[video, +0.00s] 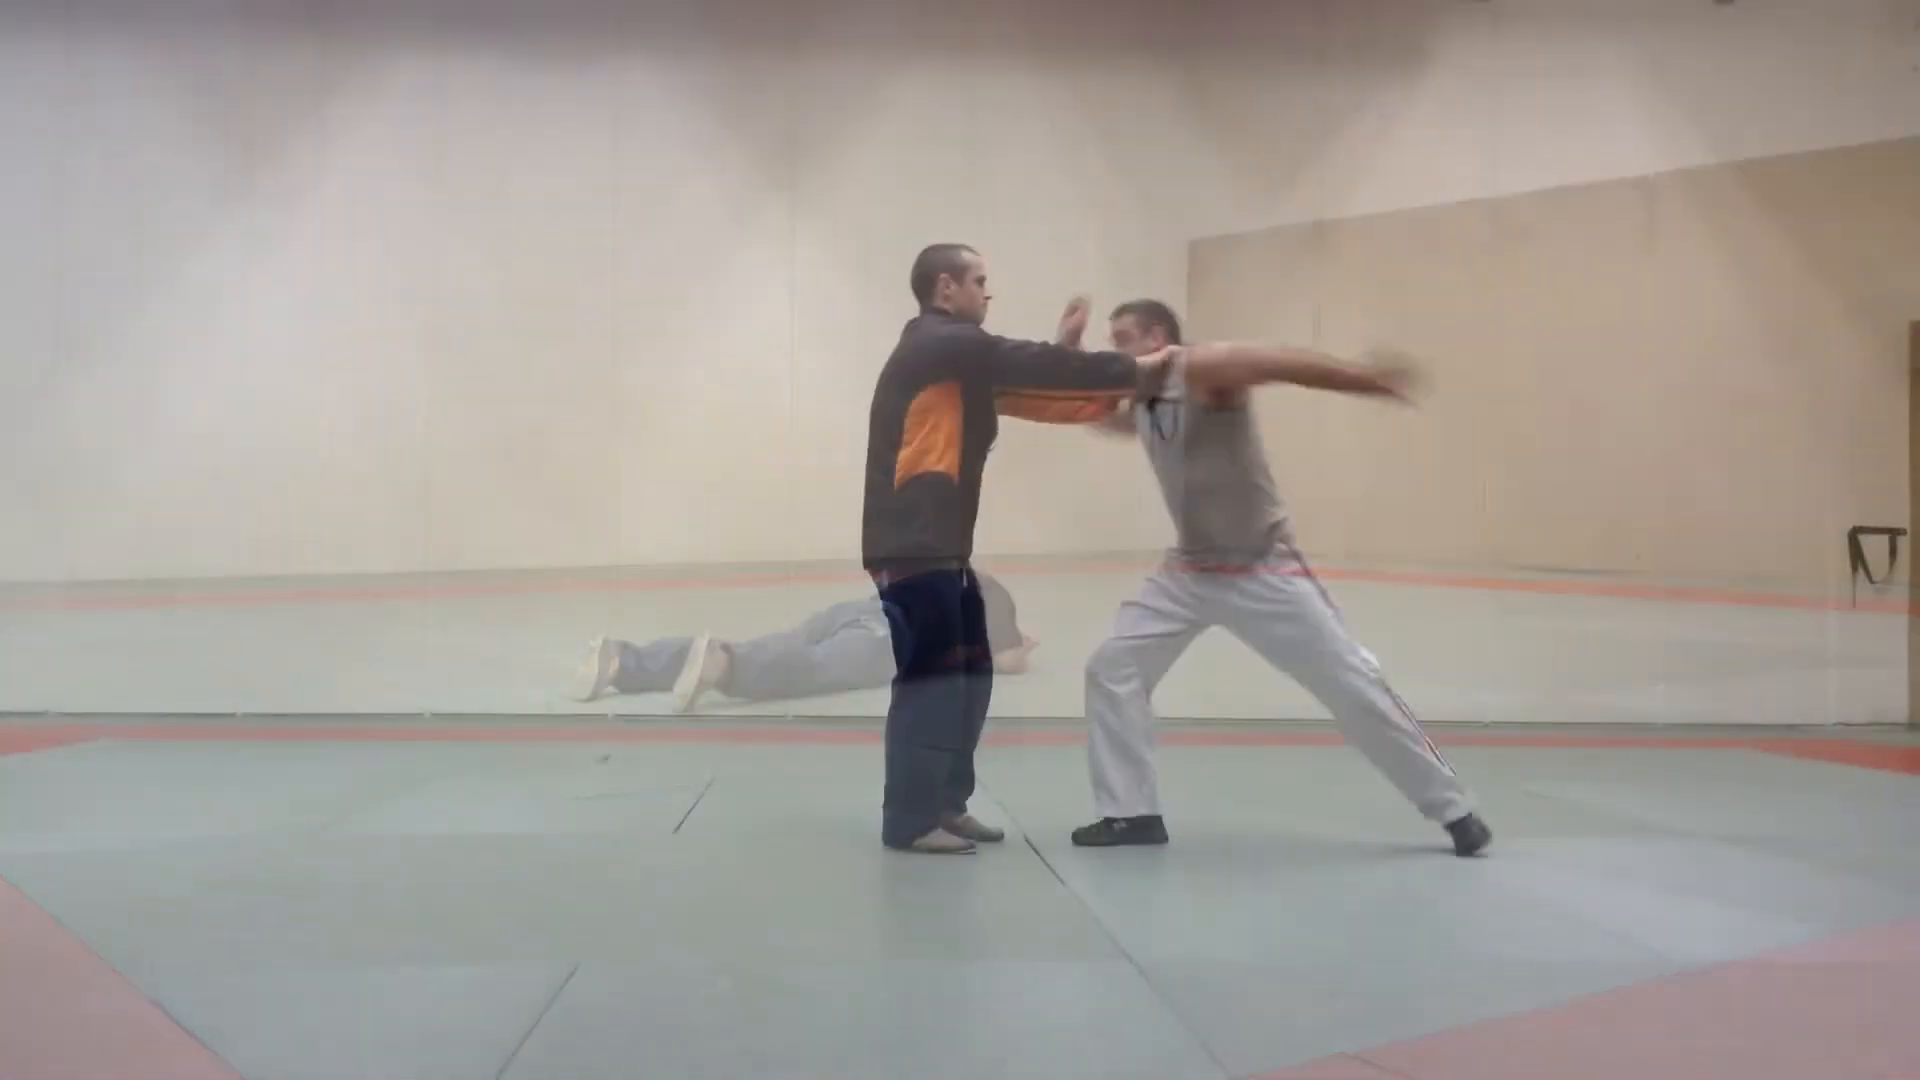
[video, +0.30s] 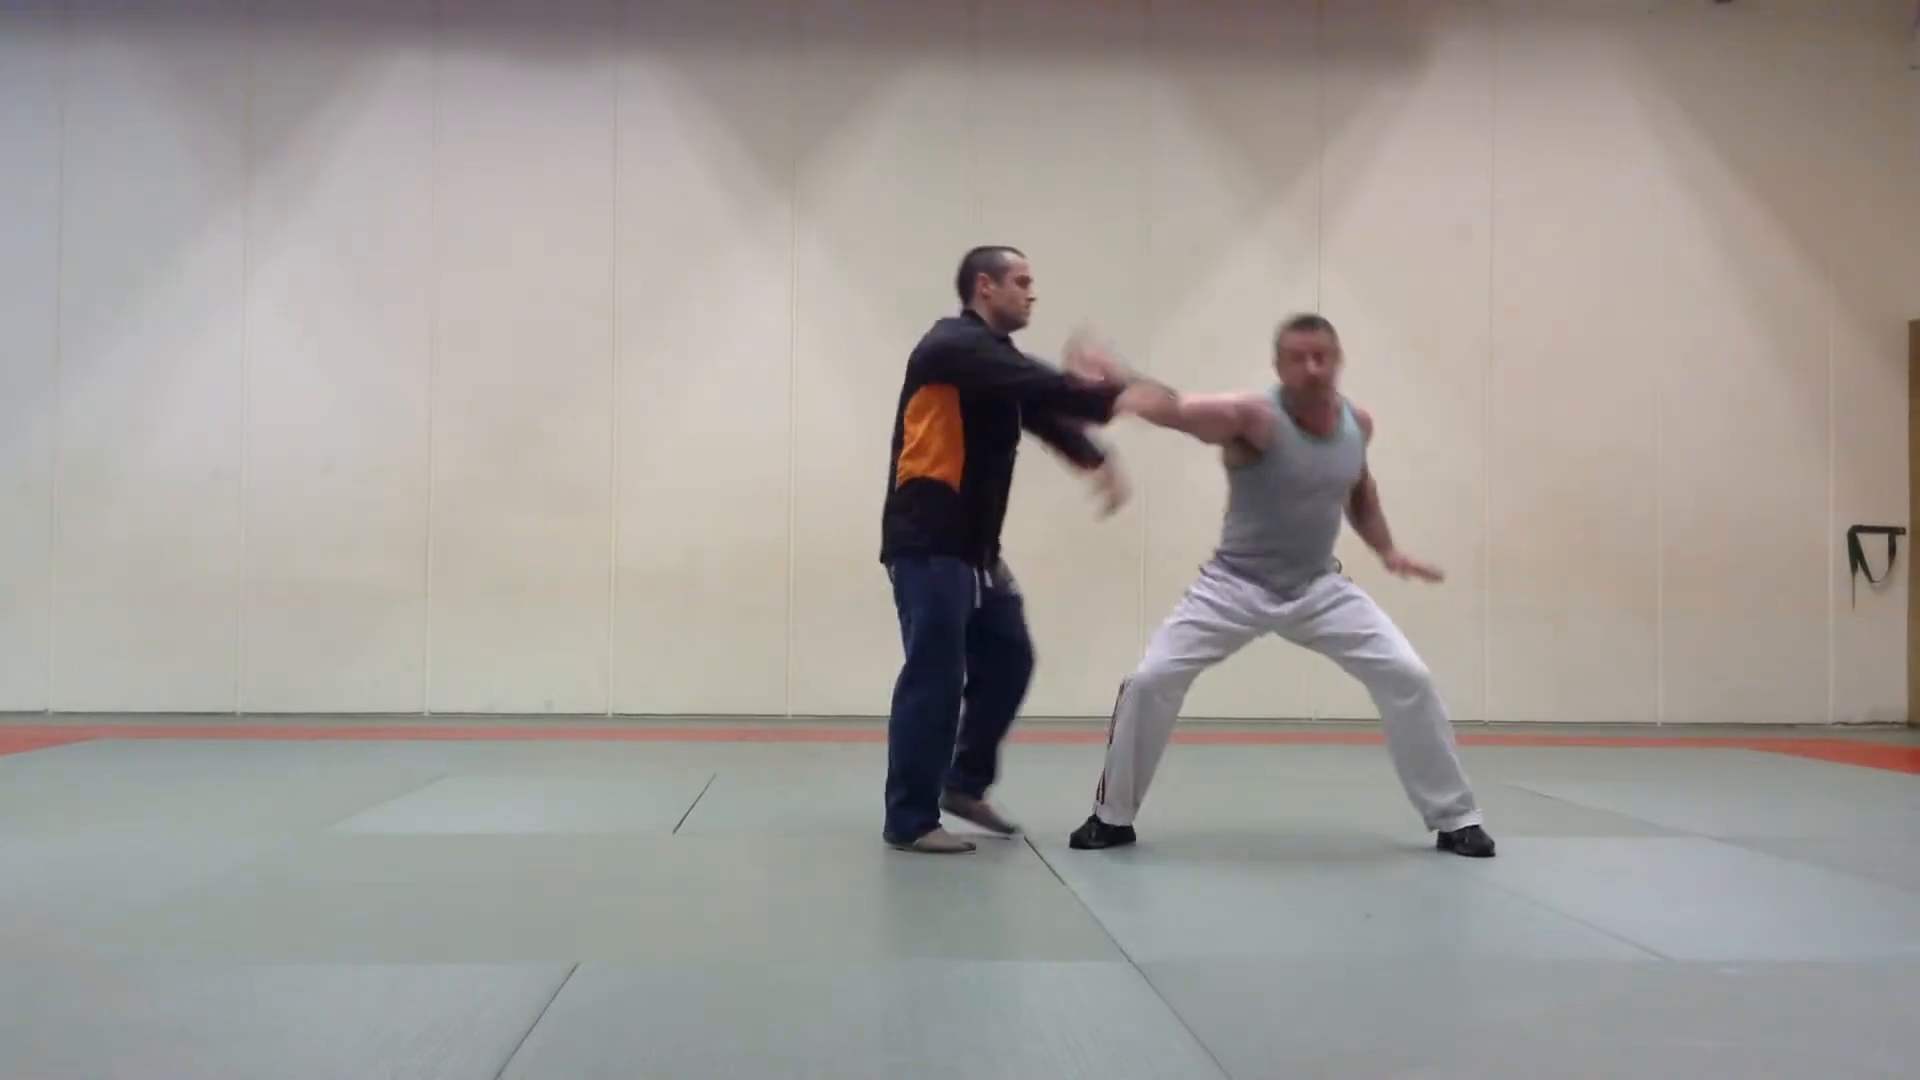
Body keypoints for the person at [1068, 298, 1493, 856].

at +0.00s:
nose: (1117, 352)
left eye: (1125, 340)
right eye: (1114, 344)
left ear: (1158, 337)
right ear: (1127, 348)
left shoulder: (1199, 370)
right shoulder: (1144, 403)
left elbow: (1280, 364)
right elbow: (1093, 416)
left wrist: (1368, 380)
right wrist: (1066, 358)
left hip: (1263, 571)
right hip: (1188, 572)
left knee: (1356, 688)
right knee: (1110, 672)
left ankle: (1452, 811)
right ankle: (1133, 815)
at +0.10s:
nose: (1178, 332)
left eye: (1189, 320)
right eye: (1169, 323)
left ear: (1218, 326)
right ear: (1163, 333)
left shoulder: (1267, 372)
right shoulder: (1161, 384)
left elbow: (1367, 396)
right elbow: (1085, 382)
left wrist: (1434, 466)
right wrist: (1083, 346)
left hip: (1290, 570)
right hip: (1204, 570)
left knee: (1373, 686)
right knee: (1120, 666)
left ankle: (1446, 817)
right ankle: (1132, 811)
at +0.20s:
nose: (1254, 339)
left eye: (1265, 328)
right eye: (1243, 328)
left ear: (1285, 335)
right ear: (1227, 335)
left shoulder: (1328, 399)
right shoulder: (1202, 395)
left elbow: (1376, 455)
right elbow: (1114, 393)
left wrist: (1412, 520)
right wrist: (1111, 352)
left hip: (1310, 576)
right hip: (1221, 571)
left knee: (1389, 679)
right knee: (1137, 674)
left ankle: (1451, 819)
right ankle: (1115, 813)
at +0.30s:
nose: (1312, 369)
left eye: (1323, 357)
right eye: (1298, 358)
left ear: (1339, 363)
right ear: (1278, 366)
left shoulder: (1354, 424)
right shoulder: (1252, 417)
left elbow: (1357, 489)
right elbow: (1174, 409)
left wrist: (1388, 550)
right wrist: (1119, 380)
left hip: (1317, 590)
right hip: (1234, 587)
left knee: (1408, 677)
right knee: (1149, 681)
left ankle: (1454, 821)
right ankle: (1112, 819)